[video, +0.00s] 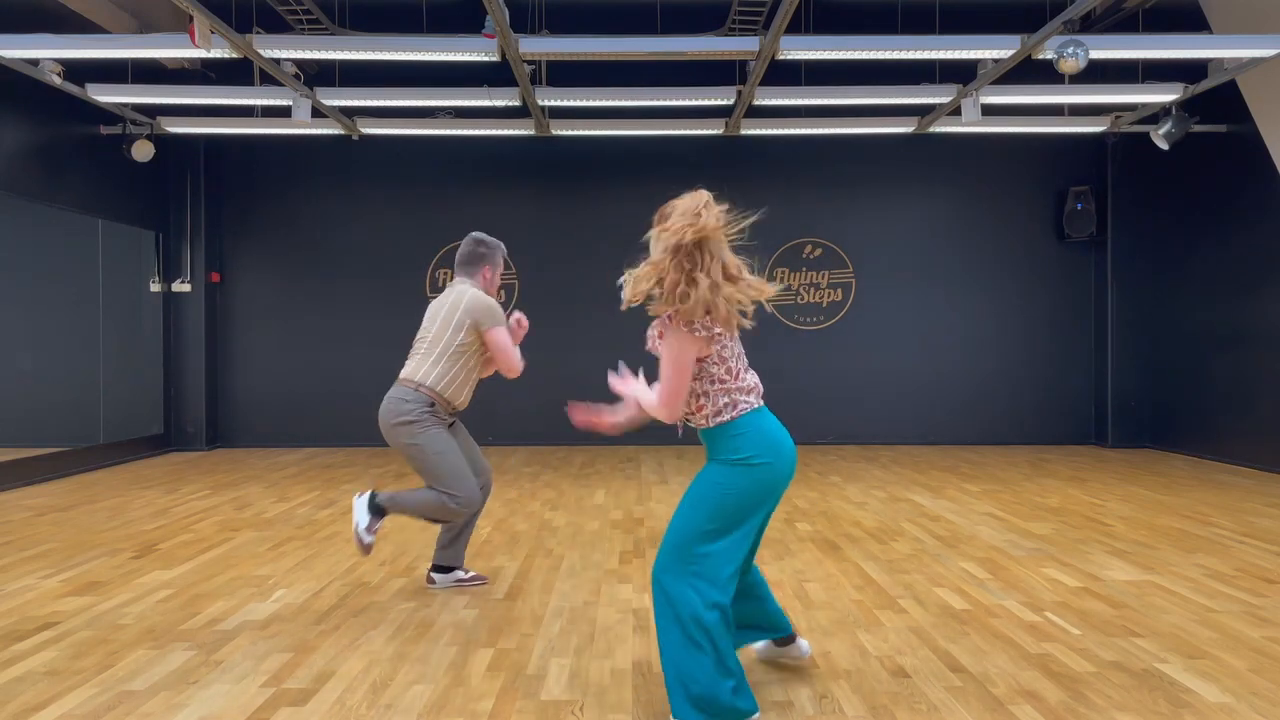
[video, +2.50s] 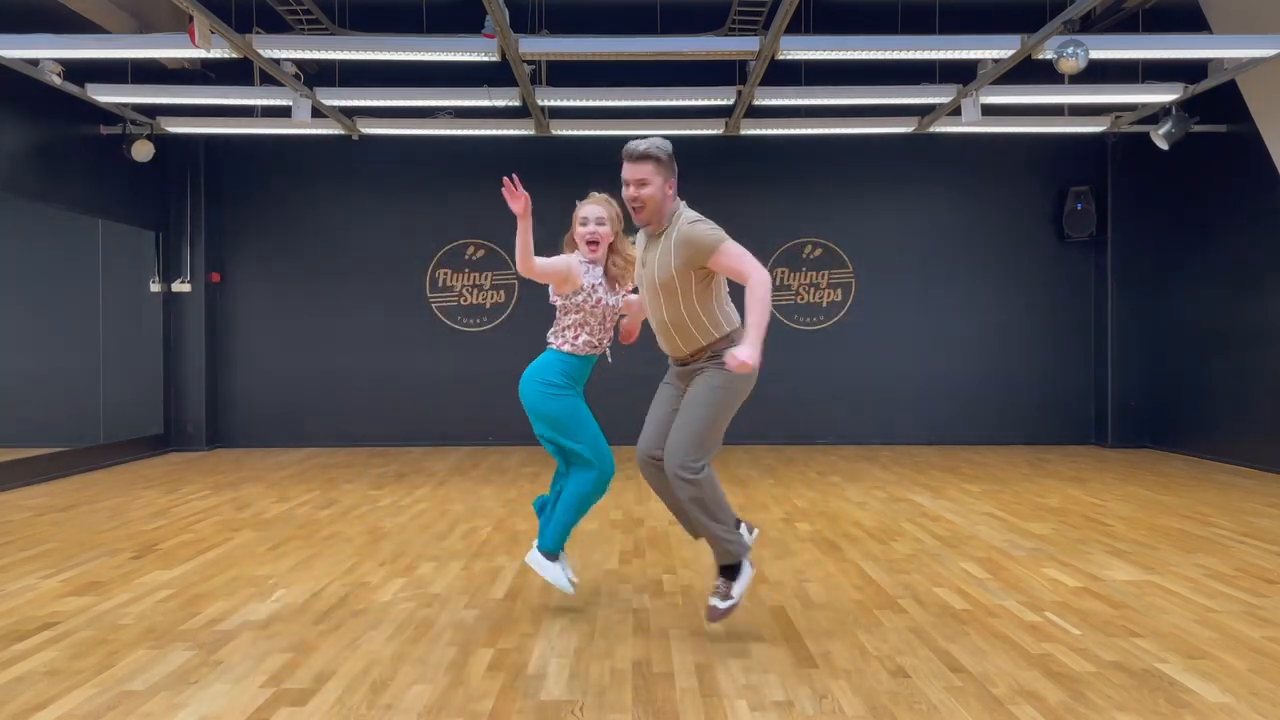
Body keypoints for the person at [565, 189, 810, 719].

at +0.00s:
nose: (656, 258)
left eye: (659, 249)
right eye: (659, 249)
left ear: (665, 257)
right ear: (713, 253)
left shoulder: (685, 321)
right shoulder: (709, 308)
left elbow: (668, 410)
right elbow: (672, 389)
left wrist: (636, 391)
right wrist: (621, 418)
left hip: (743, 456)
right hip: (765, 446)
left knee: (677, 572)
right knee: (726, 553)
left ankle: (716, 706)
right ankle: (781, 637)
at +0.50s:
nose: (738, 248)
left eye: (740, 240)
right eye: (746, 240)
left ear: (745, 244)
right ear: (785, 239)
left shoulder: (764, 289)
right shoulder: (808, 273)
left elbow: (762, 327)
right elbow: (859, 257)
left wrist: (721, 324)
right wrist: (903, 225)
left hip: (809, 422)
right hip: (837, 414)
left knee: (788, 530)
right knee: (828, 522)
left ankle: (788, 652)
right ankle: (830, 613)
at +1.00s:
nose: (769, 233)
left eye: (769, 228)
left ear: (772, 231)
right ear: (812, 229)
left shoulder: (757, 278)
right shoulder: (831, 269)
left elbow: (755, 314)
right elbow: (839, 308)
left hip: (786, 392)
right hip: (838, 388)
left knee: (781, 485)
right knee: (844, 497)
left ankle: (832, 502)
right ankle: (845, 604)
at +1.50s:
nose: (735, 254)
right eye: (734, 249)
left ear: (694, 254)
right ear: (731, 255)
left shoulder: (673, 292)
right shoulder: (742, 298)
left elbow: (625, 287)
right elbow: (782, 285)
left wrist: (588, 271)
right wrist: (815, 264)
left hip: (663, 397)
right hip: (707, 401)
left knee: (648, 486)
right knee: (739, 491)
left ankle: (627, 567)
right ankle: (782, 580)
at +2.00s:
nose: (570, 210)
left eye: (574, 198)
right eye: (570, 200)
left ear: (602, 193)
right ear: (602, 195)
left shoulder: (656, 218)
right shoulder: (592, 254)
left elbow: (587, 258)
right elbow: (571, 315)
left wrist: (523, 255)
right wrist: (561, 270)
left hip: (704, 381)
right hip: (643, 391)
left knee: (692, 498)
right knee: (609, 489)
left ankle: (701, 624)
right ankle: (656, 599)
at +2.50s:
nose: (632, 193)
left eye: (643, 183)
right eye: (626, 183)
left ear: (671, 185)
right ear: (622, 186)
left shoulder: (694, 233)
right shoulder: (645, 238)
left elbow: (758, 277)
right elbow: (662, 287)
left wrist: (751, 345)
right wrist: (636, 310)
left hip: (723, 362)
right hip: (681, 367)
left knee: (683, 462)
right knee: (650, 457)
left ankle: (734, 563)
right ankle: (729, 533)